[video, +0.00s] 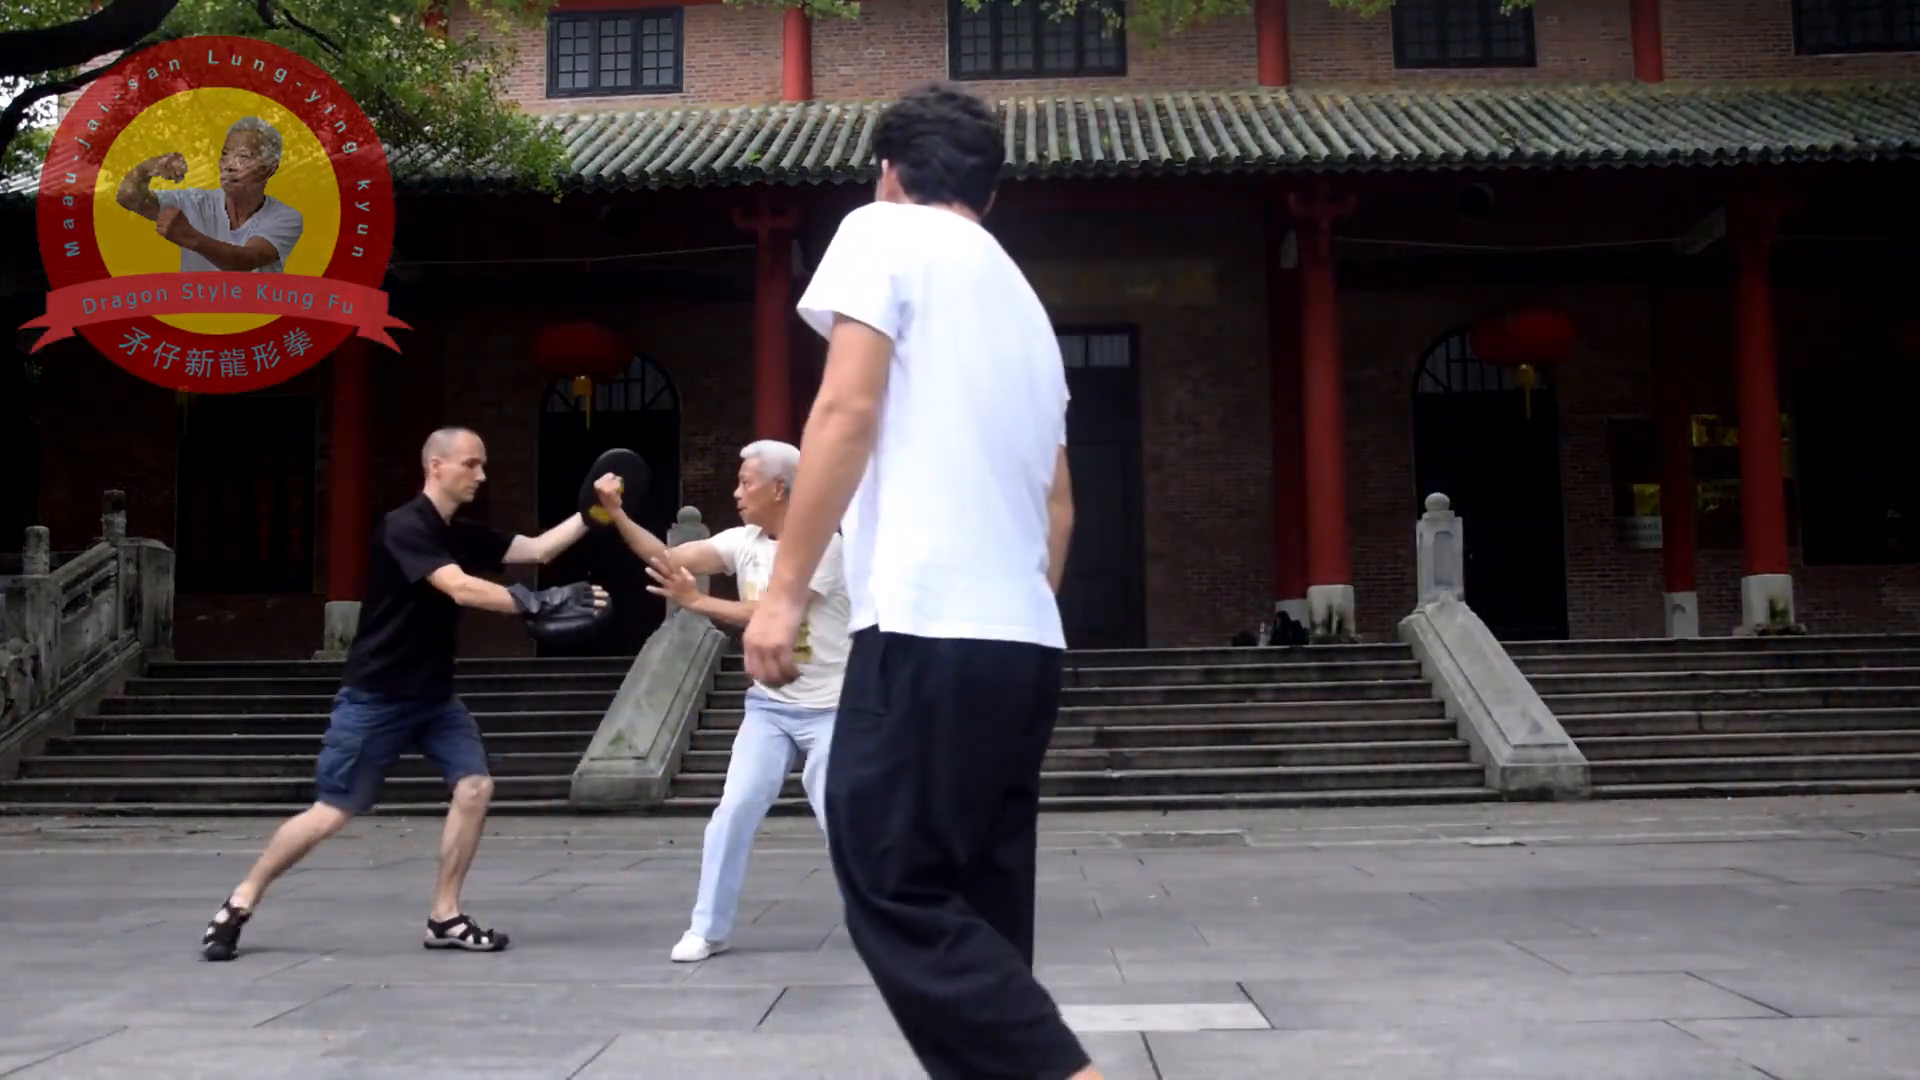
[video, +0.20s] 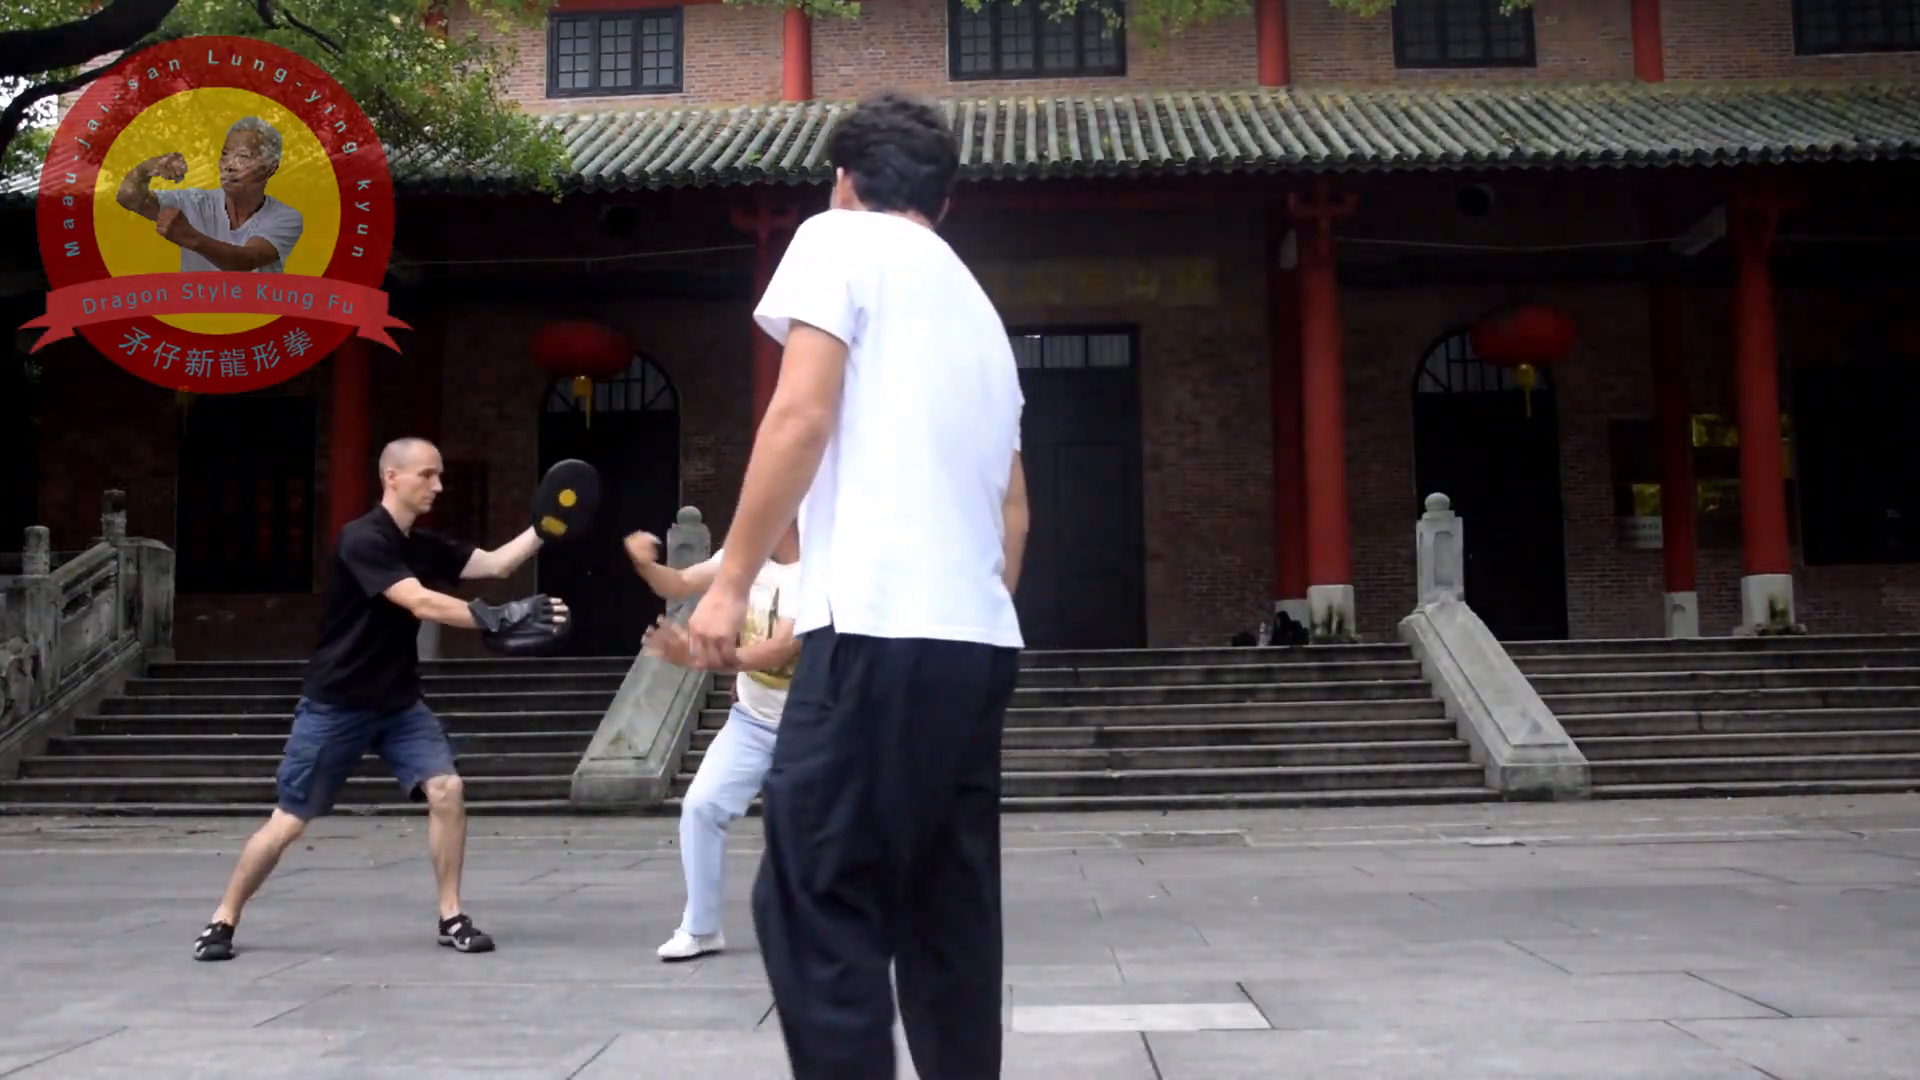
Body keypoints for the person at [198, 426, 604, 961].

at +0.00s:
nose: (481, 474)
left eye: (483, 465)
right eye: (471, 464)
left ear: (457, 471)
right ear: (437, 467)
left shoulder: (460, 530)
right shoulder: (405, 525)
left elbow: (533, 551)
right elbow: (459, 587)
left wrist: (591, 513)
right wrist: (541, 604)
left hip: (434, 698)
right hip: (374, 698)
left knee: (475, 788)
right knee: (332, 813)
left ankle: (445, 917)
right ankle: (241, 901)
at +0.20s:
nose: (437, 485)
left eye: (439, 476)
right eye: (427, 475)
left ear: (427, 482)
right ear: (391, 477)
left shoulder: (422, 543)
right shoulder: (361, 539)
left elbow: (490, 564)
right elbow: (421, 602)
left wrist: (545, 526)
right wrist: (499, 620)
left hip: (399, 703)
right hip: (334, 704)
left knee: (446, 790)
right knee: (289, 822)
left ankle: (452, 916)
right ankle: (224, 918)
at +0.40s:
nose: (422, 481)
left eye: (423, 472)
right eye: (411, 471)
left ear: (412, 478)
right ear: (375, 475)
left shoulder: (409, 540)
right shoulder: (349, 537)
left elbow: (478, 559)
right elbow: (407, 600)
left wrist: (531, 518)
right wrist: (490, 614)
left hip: (392, 701)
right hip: (328, 703)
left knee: (442, 787)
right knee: (290, 825)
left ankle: (452, 917)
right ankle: (224, 920)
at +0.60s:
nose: (409, 475)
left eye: (411, 466)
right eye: (399, 465)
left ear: (399, 474)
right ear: (363, 470)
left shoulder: (395, 535)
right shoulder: (345, 534)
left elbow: (463, 566)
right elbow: (412, 596)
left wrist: (508, 516)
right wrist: (487, 613)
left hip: (388, 700)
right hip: (325, 702)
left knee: (440, 787)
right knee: (287, 822)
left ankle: (453, 916)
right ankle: (225, 920)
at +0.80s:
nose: (404, 477)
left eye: (405, 468)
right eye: (393, 468)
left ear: (391, 476)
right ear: (358, 473)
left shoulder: (383, 537)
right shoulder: (343, 534)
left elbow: (451, 579)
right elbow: (414, 604)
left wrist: (510, 542)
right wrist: (489, 621)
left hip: (378, 700)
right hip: (320, 701)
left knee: (435, 786)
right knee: (286, 823)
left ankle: (453, 915)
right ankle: (224, 919)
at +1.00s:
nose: (391, 473)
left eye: (392, 463)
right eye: (380, 464)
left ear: (390, 468)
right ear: (348, 470)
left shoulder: (384, 528)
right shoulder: (332, 532)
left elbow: (433, 564)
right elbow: (394, 593)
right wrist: (463, 613)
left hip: (381, 695)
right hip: (317, 698)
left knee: (434, 787)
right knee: (284, 821)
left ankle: (452, 915)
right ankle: (224, 919)